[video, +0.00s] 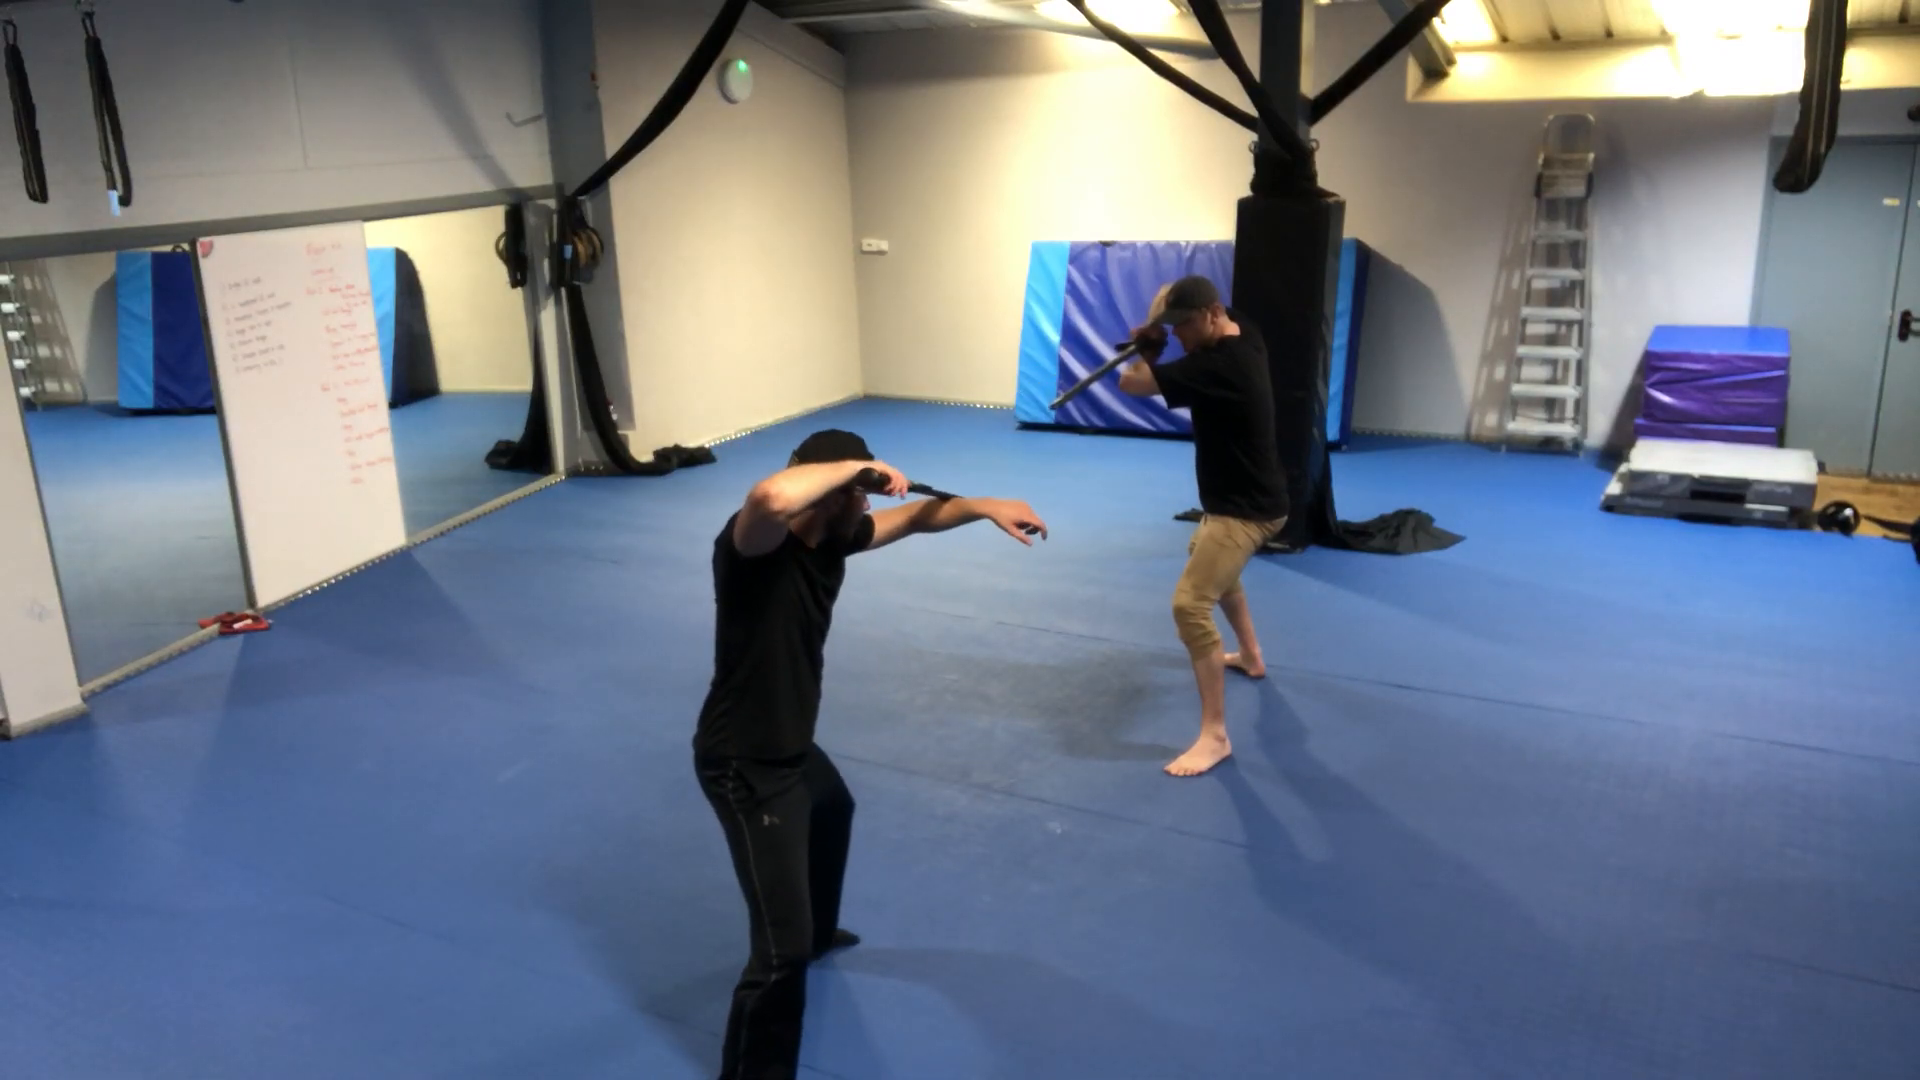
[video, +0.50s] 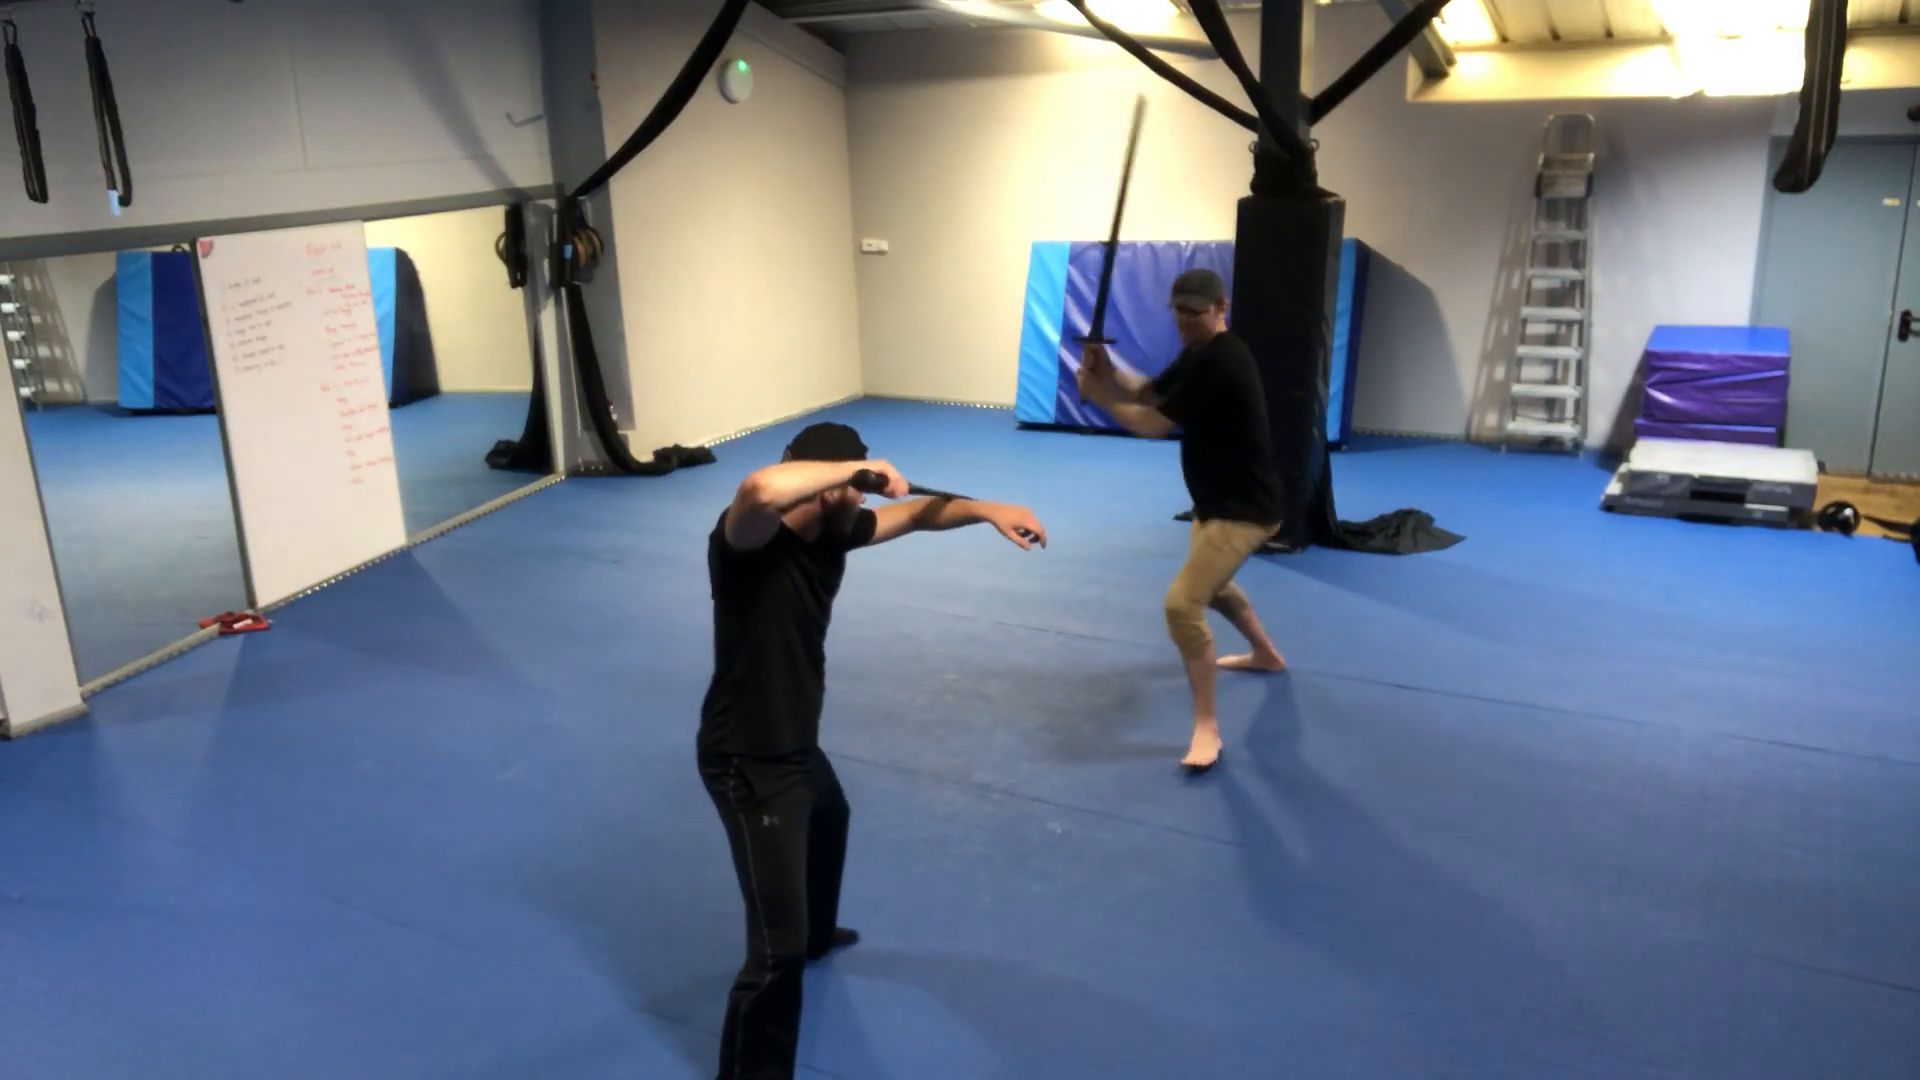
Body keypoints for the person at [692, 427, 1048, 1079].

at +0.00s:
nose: (868, 511)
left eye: (869, 498)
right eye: (859, 498)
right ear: (824, 497)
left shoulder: (831, 543)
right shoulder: (753, 549)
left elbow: (916, 516)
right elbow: (769, 497)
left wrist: (986, 505)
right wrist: (858, 467)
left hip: (792, 749)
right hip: (743, 762)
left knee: (833, 809)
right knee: (784, 951)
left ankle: (813, 930)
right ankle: (752, 1074)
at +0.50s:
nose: (860, 505)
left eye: (863, 493)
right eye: (853, 491)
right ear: (818, 486)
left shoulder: (831, 536)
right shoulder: (746, 540)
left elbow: (915, 512)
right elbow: (759, 488)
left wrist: (989, 509)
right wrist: (853, 469)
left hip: (795, 749)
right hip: (746, 758)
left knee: (829, 818)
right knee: (780, 949)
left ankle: (810, 933)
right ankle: (752, 1073)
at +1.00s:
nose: (885, 472)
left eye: (867, 467)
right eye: (880, 464)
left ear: (816, 477)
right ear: (872, 474)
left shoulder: (794, 535)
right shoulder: (888, 513)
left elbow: (865, 500)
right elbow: (979, 417)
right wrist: (979, 341)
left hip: (847, 742)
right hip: (910, 743)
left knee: (892, 838)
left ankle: (890, 987)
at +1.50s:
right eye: (1155, 438)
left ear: (1085, 449)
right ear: (1148, 449)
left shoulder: (1056, 524)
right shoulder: (1163, 491)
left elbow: (963, 583)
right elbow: (1069, 458)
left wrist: (961, 529)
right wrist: (967, 459)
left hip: (1053, 707)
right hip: (1141, 704)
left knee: (978, 835)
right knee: (1192, 820)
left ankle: (915, 984)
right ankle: (1239, 959)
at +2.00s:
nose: (1131, 441)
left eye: (1127, 430)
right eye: (1129, 432)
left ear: (1070, 434)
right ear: (1119, 442)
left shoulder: (1068, 495)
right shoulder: (1081, 506)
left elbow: (1102, 555)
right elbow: (1042, 604)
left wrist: (1151, 535)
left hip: (1068, 703)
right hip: (1125, 700)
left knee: (1015, 834)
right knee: (1209, 829)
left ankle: (934, 991)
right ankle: (1247, 966)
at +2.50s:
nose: (1176, 461)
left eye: (1173, 452)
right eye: (1176, 453)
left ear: (1116, 448)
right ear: (1165, 459)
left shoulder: (1105, 505)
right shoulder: (1112, 512)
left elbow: (1116, 595)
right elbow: (1069, 603)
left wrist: (1167, 637)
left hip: (1055, 704)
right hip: (1109, 704)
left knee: (1018, 840)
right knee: (1195, 812)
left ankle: (935, 992)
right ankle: (1219, 951)